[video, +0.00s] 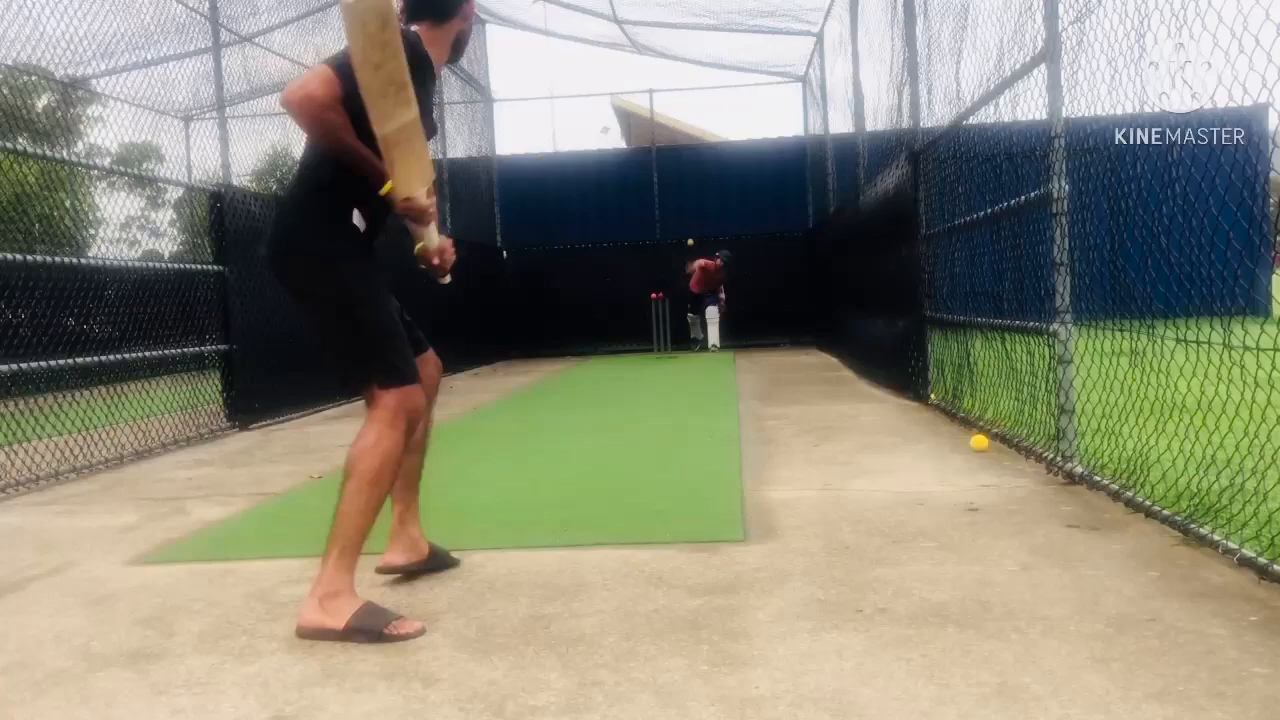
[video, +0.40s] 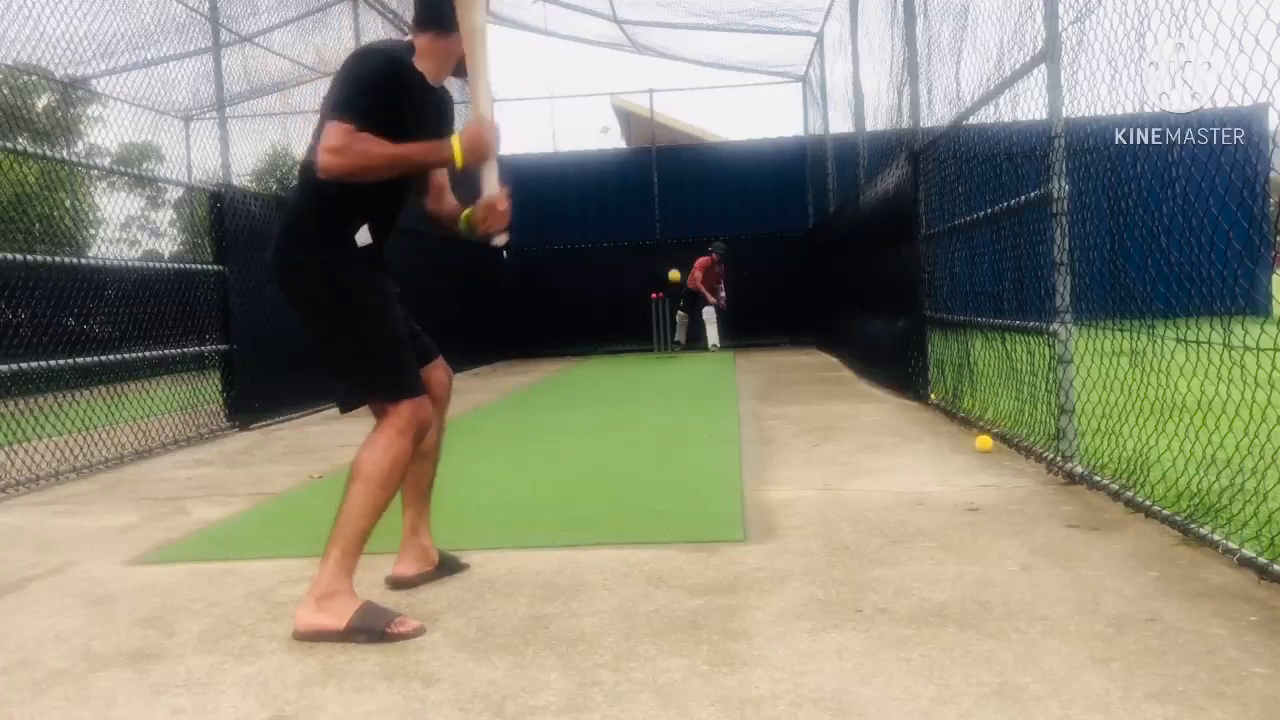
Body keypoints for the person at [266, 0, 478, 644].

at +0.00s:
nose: (477, 19)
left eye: (475, 12)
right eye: (475, 12)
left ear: (420, 11)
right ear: (465, 14)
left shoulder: (417, 73)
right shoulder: (397, 48)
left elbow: (395, 172)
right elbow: (305, 96)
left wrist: (424, 234)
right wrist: (386, 181)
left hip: (347, 246)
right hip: (319, 244)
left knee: (424, 372)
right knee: (397, 399)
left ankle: (407, 540)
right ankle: (329, 597)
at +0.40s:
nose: (478, 46)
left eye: (479, 34)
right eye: (476, 31)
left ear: (433, 29)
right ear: (453, 28)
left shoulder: (437, 103)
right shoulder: (378, 62)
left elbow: (436, 200)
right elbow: (334, 154)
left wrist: (471, 217)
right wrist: (451, 152)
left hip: (358, 260)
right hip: (319, 261)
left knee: (435, 380)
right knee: (405, 414)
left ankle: (416, 549)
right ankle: (326, 596)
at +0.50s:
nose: (470, 28)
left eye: (470, 19)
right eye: (470, 16)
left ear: (412, 15)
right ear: (459, 18)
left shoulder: (414, 75)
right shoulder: (387, 61)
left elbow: (462, 153)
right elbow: (440, 153)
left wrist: (551, 136)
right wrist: (522, 89)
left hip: (347, 250)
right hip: (322, 255)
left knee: (417, 385)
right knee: (407, 412)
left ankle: (416, 551)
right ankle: (326, 596)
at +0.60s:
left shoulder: (331, 7)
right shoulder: (419, 19)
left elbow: (370, 85)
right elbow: (466, 129)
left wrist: (458, 77)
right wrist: (499, 90)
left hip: (303, 209)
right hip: (362, 219)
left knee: (388, 391)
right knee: (391, 400)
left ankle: (412, 542)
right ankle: (327, 595)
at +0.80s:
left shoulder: (349, 17)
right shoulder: (445, 17)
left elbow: (325, 52)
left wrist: (233, 26)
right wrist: (242, 29)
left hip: (318, 203)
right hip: (399, 208)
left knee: (371, 378)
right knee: (365, 391)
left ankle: (391, 535)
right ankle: (324, 597)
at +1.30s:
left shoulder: (329, 16)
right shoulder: (419, 13)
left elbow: (259, 4)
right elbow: (266, 7)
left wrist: (325, 50)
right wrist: (318, 45)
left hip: (300, 202)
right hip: (367, 207)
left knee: (350, 382)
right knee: (358, 396)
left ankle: (393, 533)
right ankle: (324, 595)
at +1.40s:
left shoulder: (330, 10)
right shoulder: (426, 16)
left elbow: (206, 41)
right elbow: (326, 74)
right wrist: (245, 34)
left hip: (304, 211)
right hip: (376, 218)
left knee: (356, 386)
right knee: (363, 398)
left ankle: (396, 535)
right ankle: (325, 596)